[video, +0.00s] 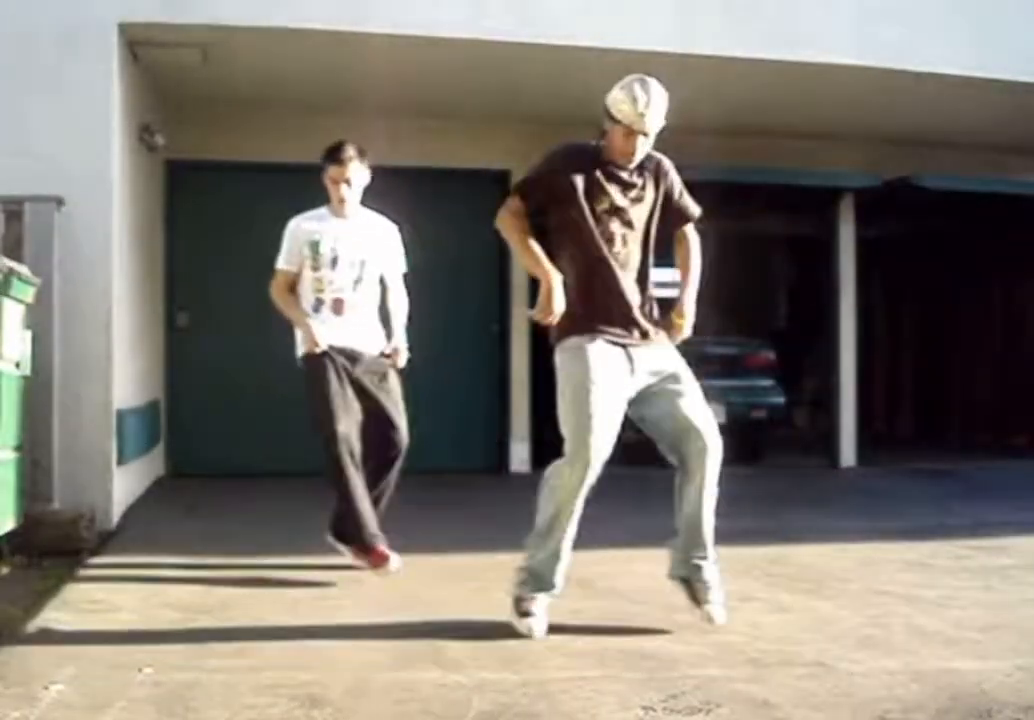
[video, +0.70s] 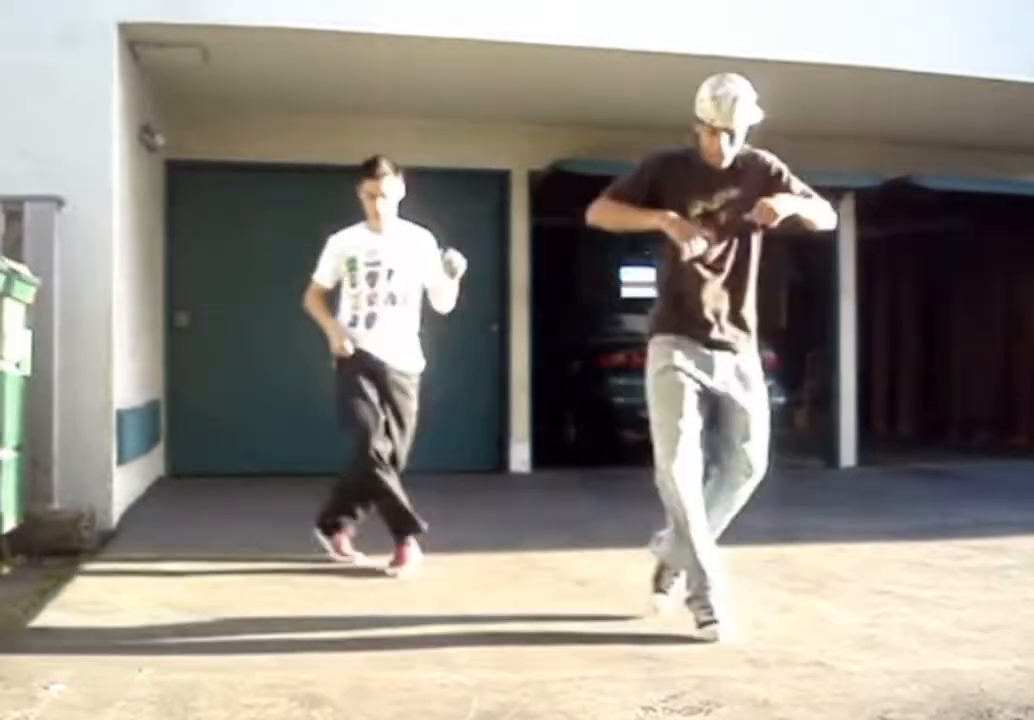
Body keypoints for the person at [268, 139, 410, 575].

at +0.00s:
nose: (343, 189)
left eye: (351, 181)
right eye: (336, 181)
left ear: (365, 181)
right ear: (325, 181)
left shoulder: (385, 231)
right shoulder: (302, 228)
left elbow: (396, 290)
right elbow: (280, 288)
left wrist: (398, 335)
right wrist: (304, 325)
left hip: (373, 348)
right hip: (326, 347)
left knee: (394, 438)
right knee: (343, 439)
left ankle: (350, 525)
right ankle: (369, 538)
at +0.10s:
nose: (317, 186)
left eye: (324, 177)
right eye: (309, 177)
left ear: (337, 176)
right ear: (296, 177)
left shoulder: (356, 224)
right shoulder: (275, 227)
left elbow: (369, 278)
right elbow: (248, 288)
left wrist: (370, 322)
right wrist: (274, 320)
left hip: (347, 340)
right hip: (300, 343)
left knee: (399, 409)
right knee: (292, 436)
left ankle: (390, 520)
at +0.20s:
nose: (294, 203)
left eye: (300, 193)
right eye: (285, 194)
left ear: (308, 194)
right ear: (268, 195)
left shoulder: (324, 240)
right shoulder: (248, 249)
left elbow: (328, 295)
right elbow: (223, 311)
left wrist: (341, 334)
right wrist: (252, 344)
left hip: (327, 364)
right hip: (279, 370)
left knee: (382, 432)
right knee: (240, 457)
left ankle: (435, 529)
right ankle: (178, 535)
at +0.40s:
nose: (286, 204)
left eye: (292, 195)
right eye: (277, 196)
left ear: (300, 196)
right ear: (260, 199)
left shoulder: (317, 239)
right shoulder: (246, 252)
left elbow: (316, 287)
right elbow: (211, 309)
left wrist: (349, 300)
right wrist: (250, 341)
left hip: (329, 364)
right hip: (278, 369)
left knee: (374, 442)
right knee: (237, 451)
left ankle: (417, 536)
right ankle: (184, 537)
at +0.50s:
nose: (316, 185)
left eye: (323, 176)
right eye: (307, 177)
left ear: (336, 176)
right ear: (295, 180)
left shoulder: (355, 218)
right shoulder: (278, 226)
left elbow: (360, 258)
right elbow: (245, 281)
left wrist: (397, 276)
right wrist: (279, 313)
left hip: (356, 338)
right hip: (305, 340)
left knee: (399, 416)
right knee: (277, 432)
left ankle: (388, 520)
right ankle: (251, 529)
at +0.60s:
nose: (345, 194)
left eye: (352, 185)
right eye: (338, 186)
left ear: (366, 185)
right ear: (326, 188)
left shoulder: (388, 233)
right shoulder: (306, 234)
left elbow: (394, 282)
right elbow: (280, 286)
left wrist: (409, 313)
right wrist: (297, 321)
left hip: (373, 344)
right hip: (323, 343)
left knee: (390, 434)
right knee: (325, 432)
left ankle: (348, 512)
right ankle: (350, 520)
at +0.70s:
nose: (378, 204)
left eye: (385, 195)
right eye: (371, 196)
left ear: (400, 194)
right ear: (360, 197)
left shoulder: (420, 241)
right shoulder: (342, 243)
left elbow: (442, 305)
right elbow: (313, 297)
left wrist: (452, 278)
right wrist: (334, 331)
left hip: (403, 358)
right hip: (357, 353)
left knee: (393, 453)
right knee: (370, 446)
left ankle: (336, 522)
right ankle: (406, 536)